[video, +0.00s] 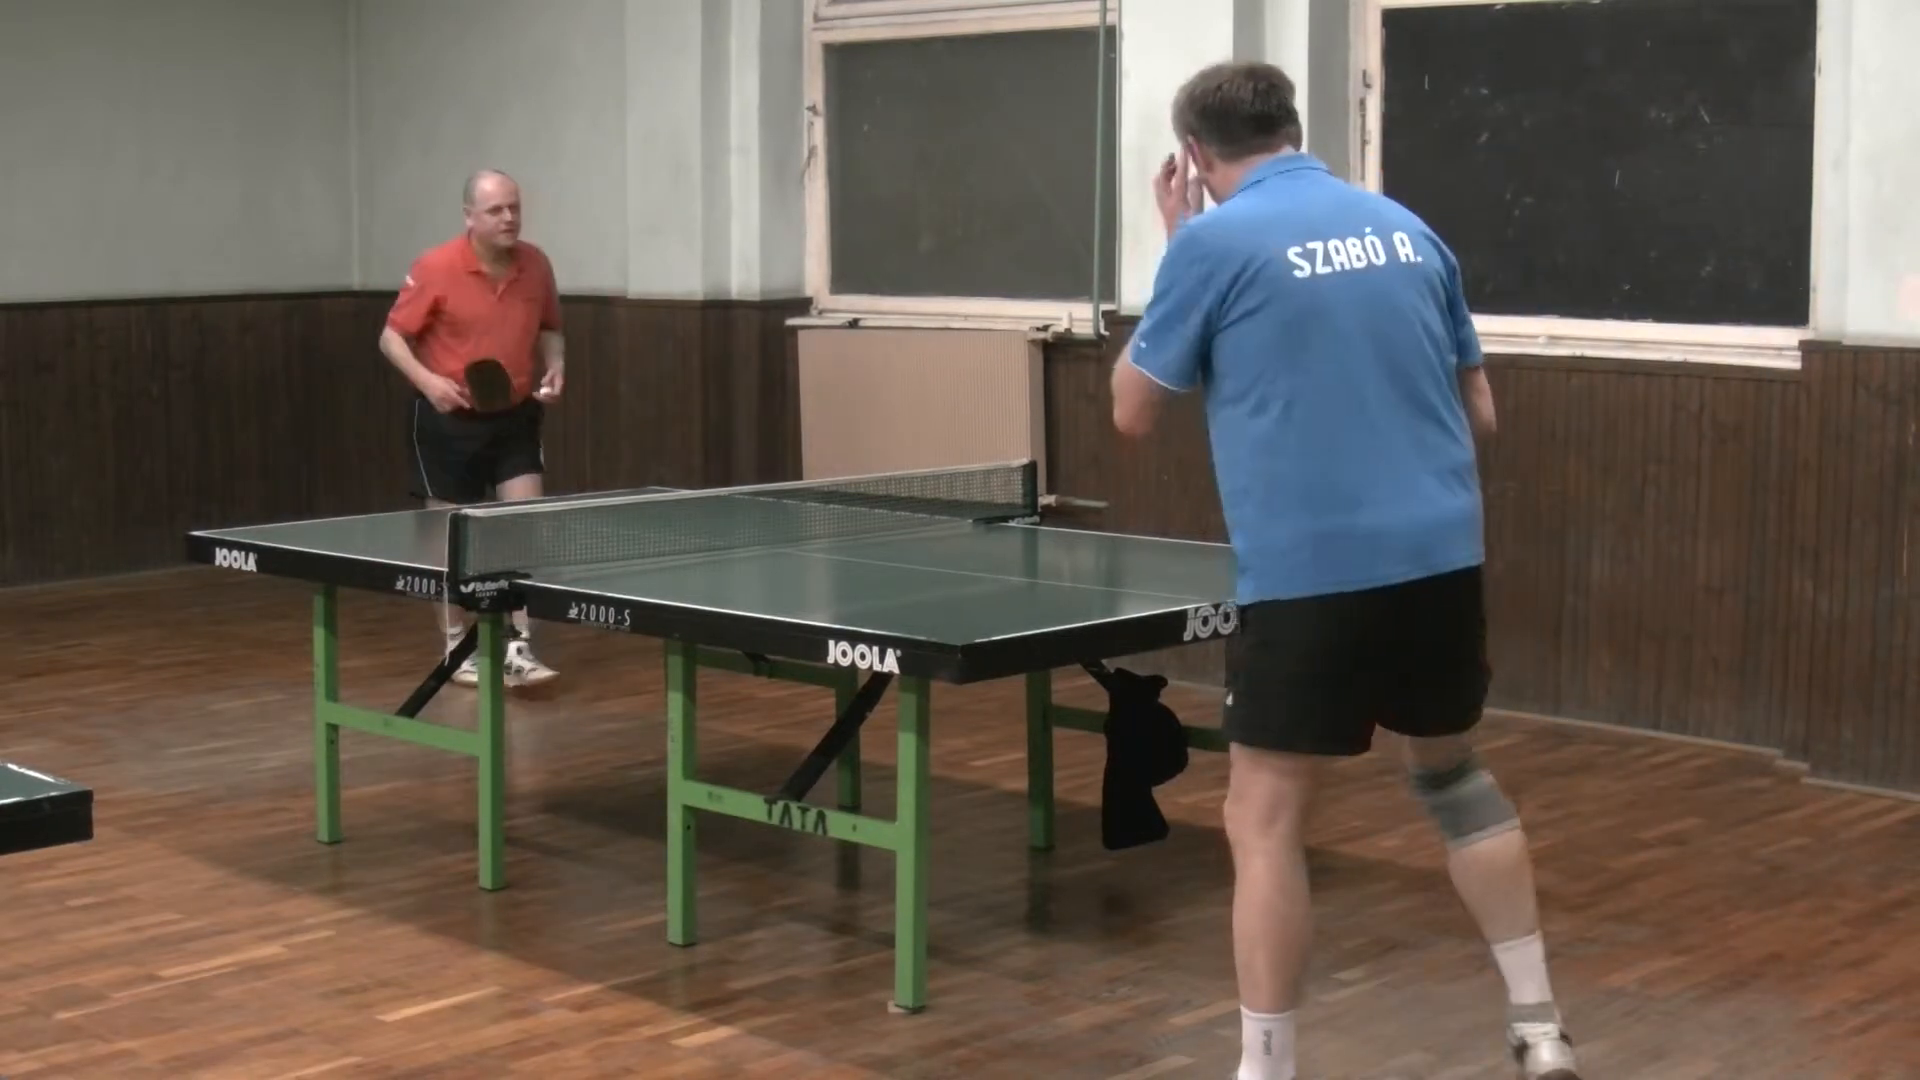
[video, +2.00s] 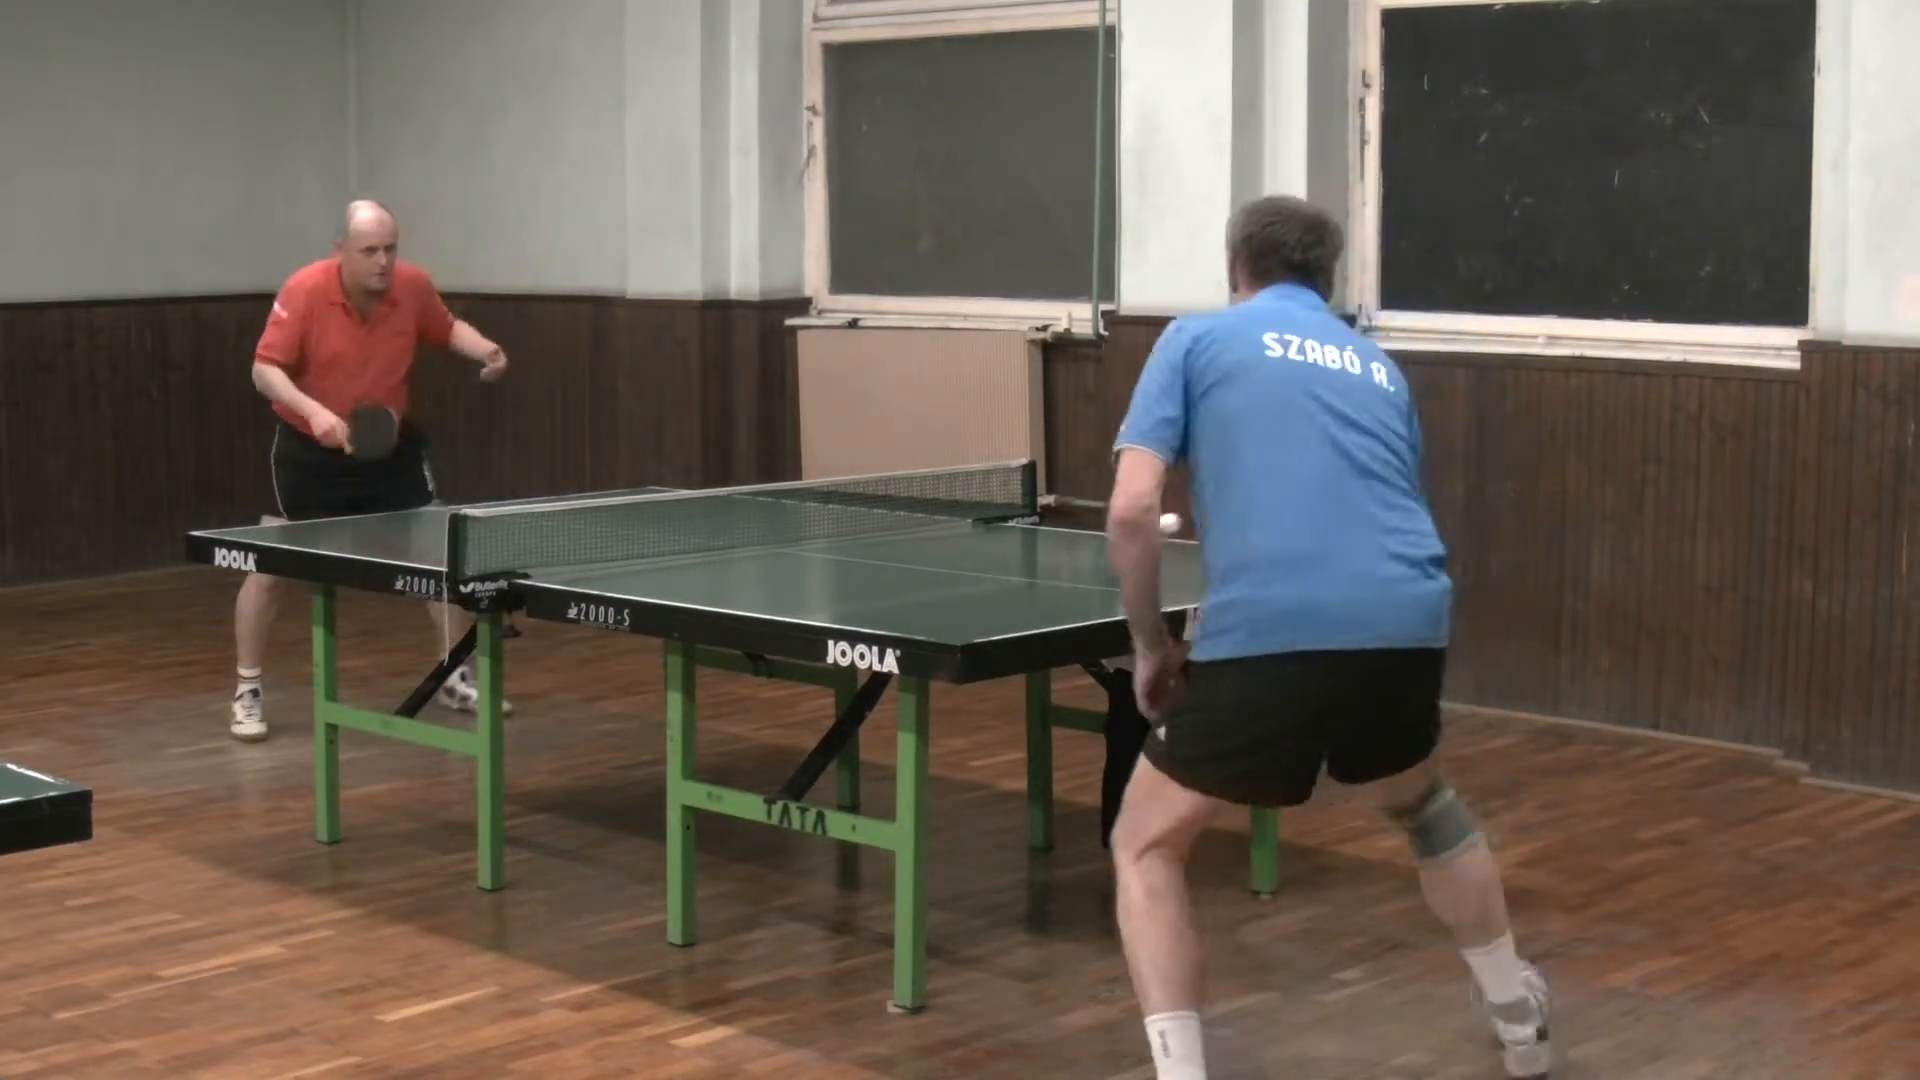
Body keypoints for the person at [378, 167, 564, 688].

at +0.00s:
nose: (508, 220)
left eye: (514, 209)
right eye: (495, 212)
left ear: (521, 212)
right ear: (469, 217)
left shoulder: (535, 265)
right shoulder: (436, 268)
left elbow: (550, 330)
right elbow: (390, 338)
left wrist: (554, 368)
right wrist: (428, 381)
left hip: (516, 412)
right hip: (450, 415)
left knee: (526, 516)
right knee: (452, 529)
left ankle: (517, 643)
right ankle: (457, 645)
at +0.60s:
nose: (494, 217)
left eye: (502, 207)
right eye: (481, 208)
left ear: (511, 208)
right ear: (457, 210)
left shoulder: (530, 268)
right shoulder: (431, 253)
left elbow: (565, 329)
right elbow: (404, 309)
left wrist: (586, 365)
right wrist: (364, 324)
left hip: (500, 430)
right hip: (431, 429)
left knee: (497, 549)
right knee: (427, 548)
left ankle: (486, 664)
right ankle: (455, 661)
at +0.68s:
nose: (489, 214)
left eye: (496, 204)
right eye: (476, 205)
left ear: (506, 205)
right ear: (452, 208)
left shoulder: (523, 262)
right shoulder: (431, 251)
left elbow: (562, 314)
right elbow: (407, 308)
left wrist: (583, 336)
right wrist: (358, 314)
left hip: (498, 427)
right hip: (430, 427)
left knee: (495, 552)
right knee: (417, 546)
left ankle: (485, 674)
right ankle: (440, 662)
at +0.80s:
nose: (476, 211)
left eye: (484, 200)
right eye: (463, 201)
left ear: (494, 202)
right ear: (441, 204)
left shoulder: (515, 257)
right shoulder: (427, 250)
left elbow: (558, 309)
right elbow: (402, 308)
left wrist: (564, 281)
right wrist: (353, 299)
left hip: (494, 425)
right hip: (425, 424)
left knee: (494, 553)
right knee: (409, 547)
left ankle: (484, 680)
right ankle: (418, 673)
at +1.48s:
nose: (437, 276)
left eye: (449, 265)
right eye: (426, 265)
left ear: (466, 253)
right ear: (409, 254)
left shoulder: (496, 281)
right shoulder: (388, 262)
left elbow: (550, 327)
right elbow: (340, 327)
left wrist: (574, 340)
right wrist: (379, 350)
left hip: (462, 436)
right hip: (384, 432)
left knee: (471, 561)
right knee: (337, 540)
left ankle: (481, 675)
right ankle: (364, 659)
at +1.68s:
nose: (435, 266)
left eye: (444, 254)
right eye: (423, 256)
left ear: (455, 247)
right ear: (400, 249)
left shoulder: (474, 283)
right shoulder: (367, 267)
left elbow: (515, 325)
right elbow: (307, 332)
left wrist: (566, 335)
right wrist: (357, 357)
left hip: (434, 442)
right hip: (352, 440)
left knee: (466, 563)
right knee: (304, 555)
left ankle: (481, 679)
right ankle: (286, 686)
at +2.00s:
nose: (382, 261)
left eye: (390, 249)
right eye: (369, 251)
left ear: (397, 247)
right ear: (341, 251)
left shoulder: (413, 287)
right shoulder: (306, 290)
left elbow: (447, 329)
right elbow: (265, 370)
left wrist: (487, 350)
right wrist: (315, 414)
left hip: (393, 446)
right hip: (309, 449)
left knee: (442, 551)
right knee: (273, 561)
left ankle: (458, 673)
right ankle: (248, 689)